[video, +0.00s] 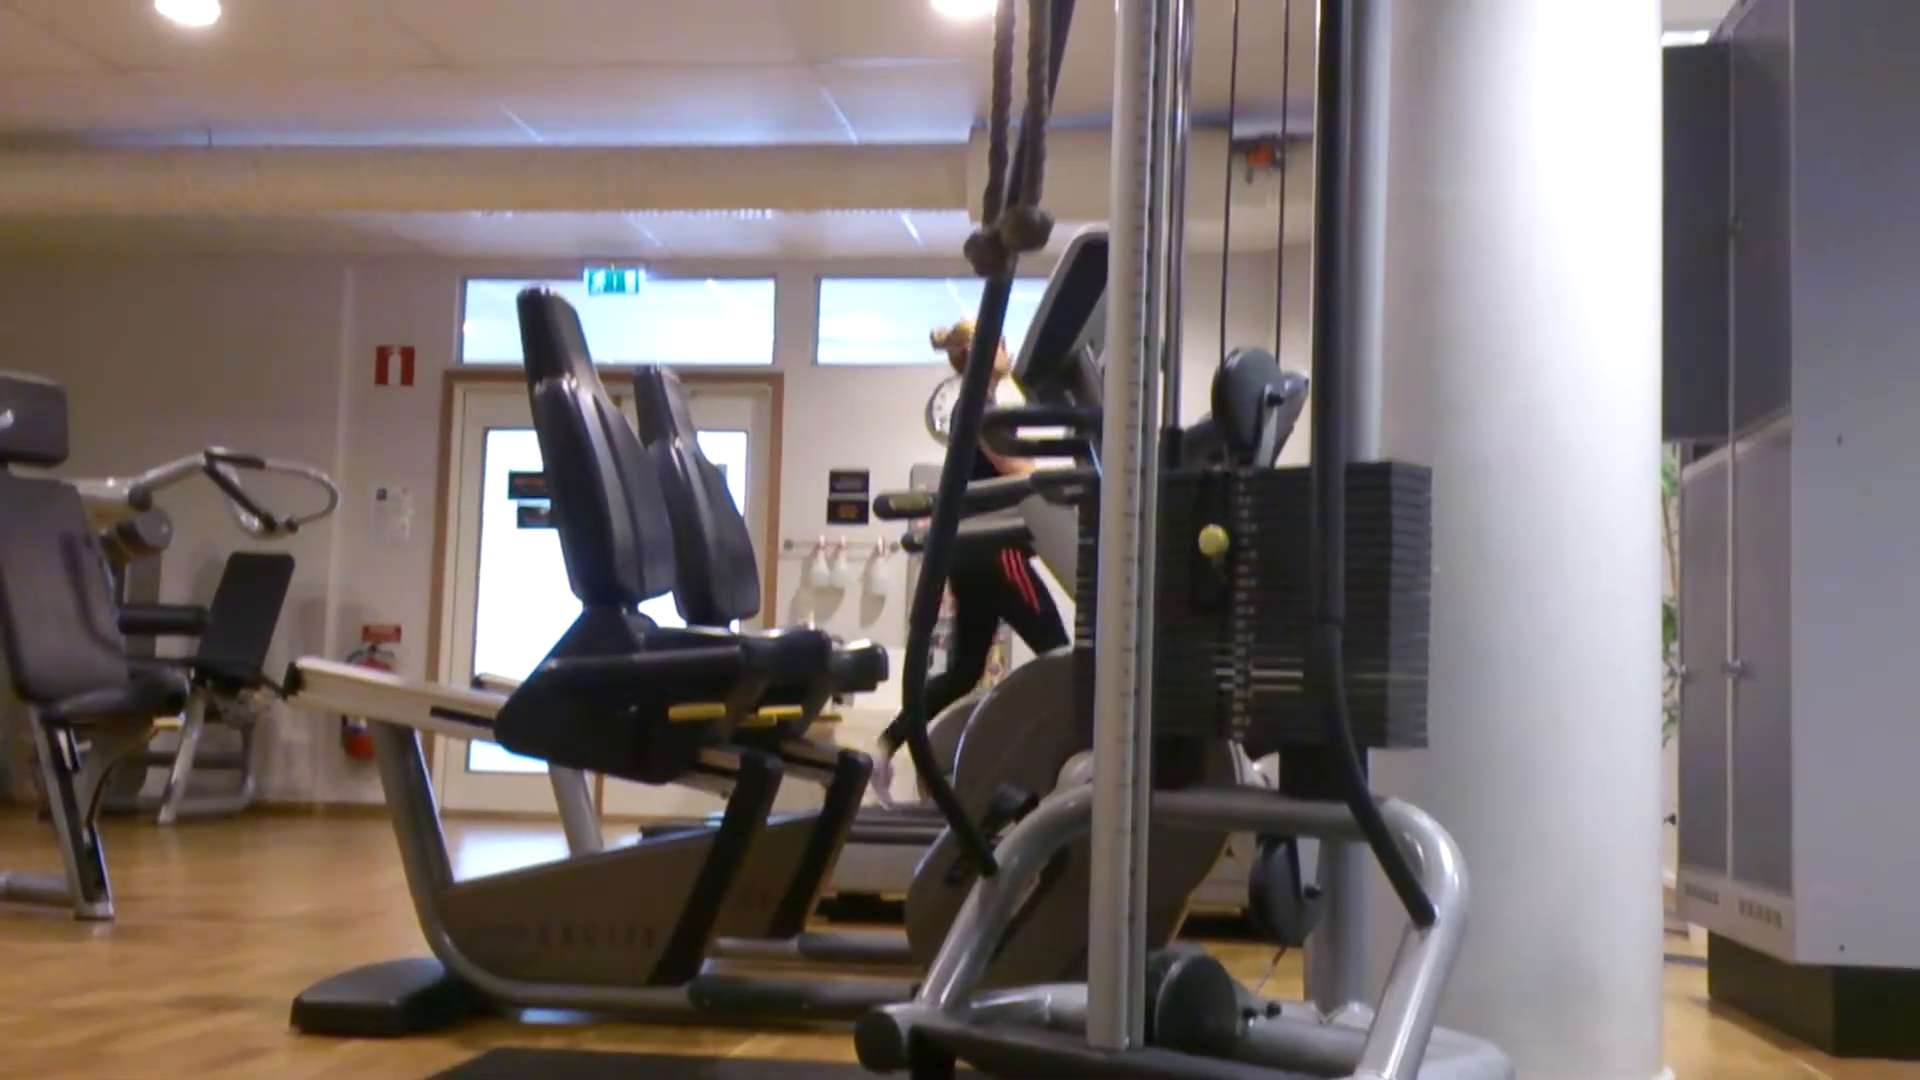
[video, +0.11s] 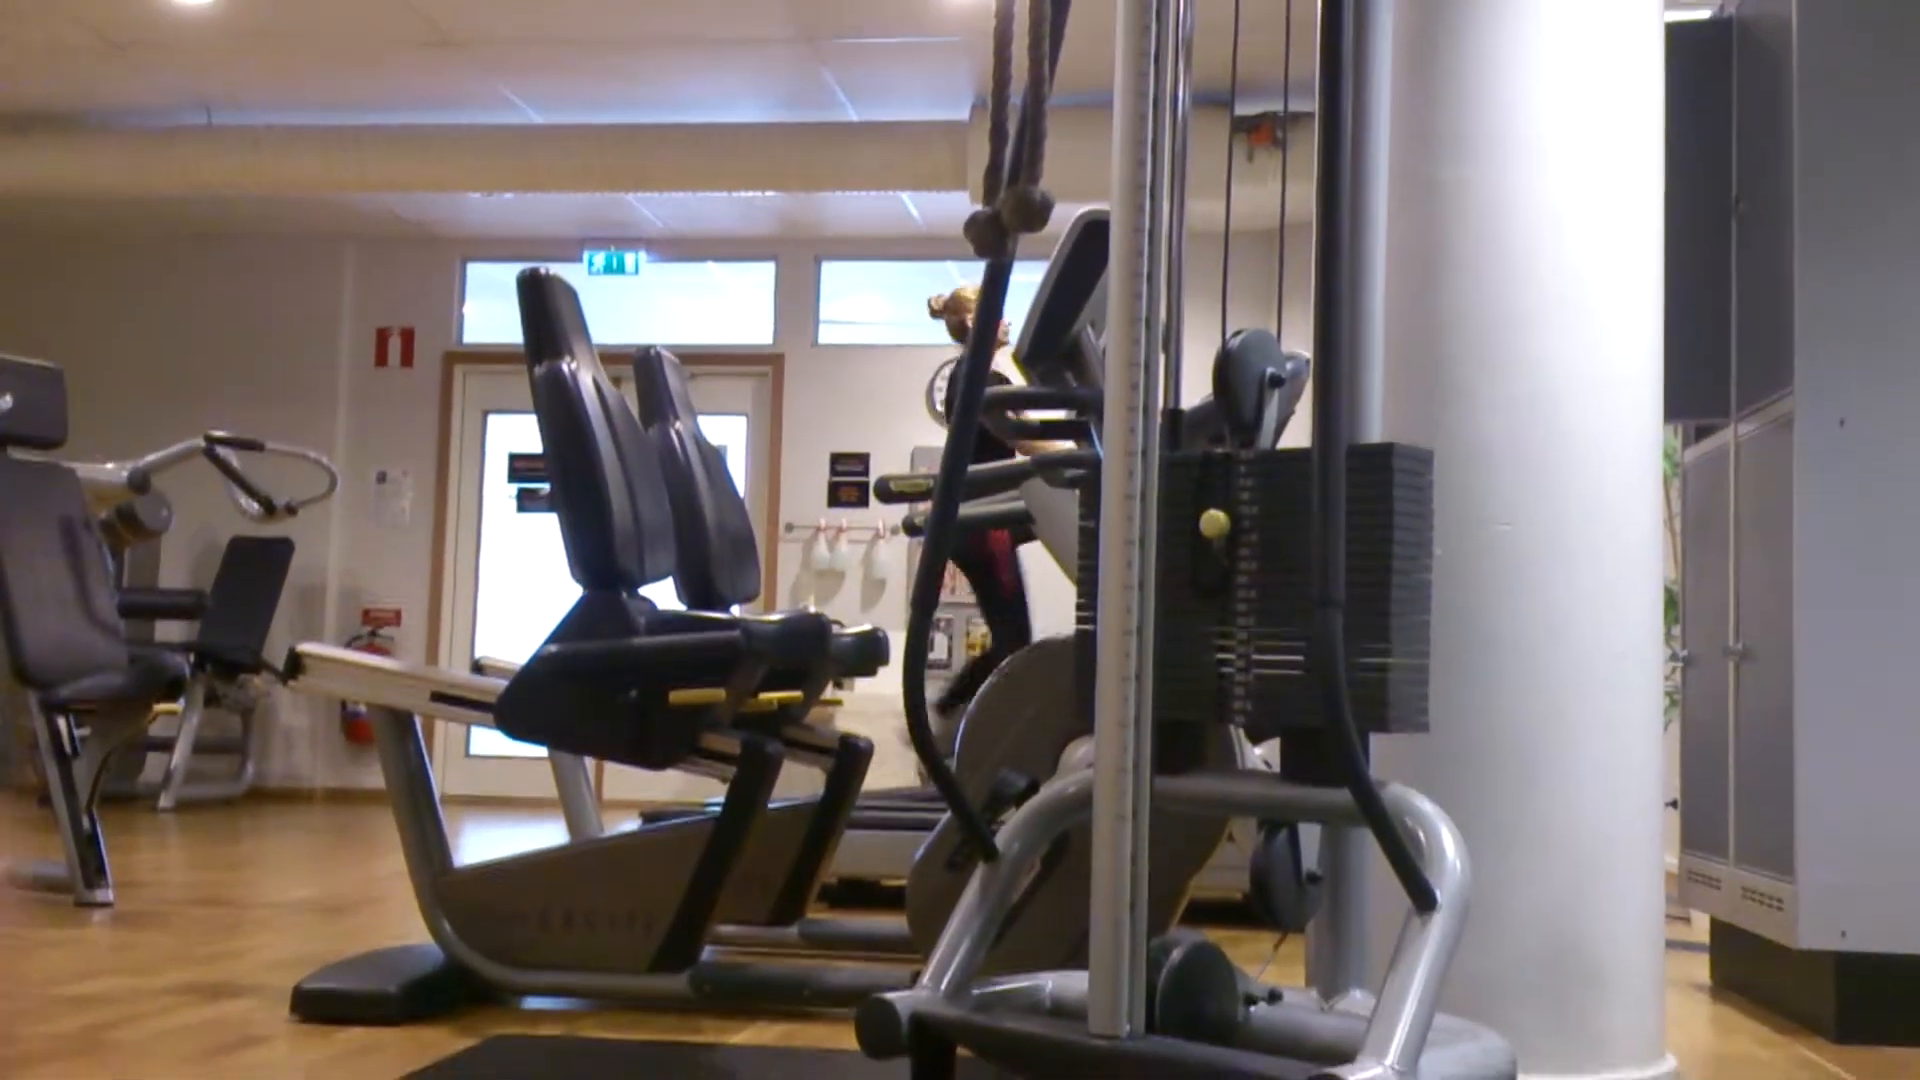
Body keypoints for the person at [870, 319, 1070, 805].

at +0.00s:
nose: (1008, 348)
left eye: (1003, 341)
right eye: (1000, 343)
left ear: (967, 360)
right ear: (987, 355)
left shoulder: (968, 401)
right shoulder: (991, 403)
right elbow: (1017, 469)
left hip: (971, 547)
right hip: (997, 547)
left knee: (964, 674)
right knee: (1059, 653)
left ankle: (887, 746)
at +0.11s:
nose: (1006, 325)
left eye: (1000, 318)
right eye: (998, 319)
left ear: (966, 330)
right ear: (986, 328)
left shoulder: (973, 374)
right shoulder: (987, 379)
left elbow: (1017, 436)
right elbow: (1023, 441)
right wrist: (1076, 453)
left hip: (978, 513)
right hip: (981, 515)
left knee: (1010, 632)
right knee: (1012, 634)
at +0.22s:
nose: (1001, 317)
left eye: (997, 307)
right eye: (990, 308)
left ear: (965, 317)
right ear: (967, 317)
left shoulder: (961, 368)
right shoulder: (970, 370)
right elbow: (1008, 429)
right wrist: (1073, 429)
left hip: (979, 522)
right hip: (973, 523)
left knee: (1039, 620)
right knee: (970, 640)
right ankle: (961, 742)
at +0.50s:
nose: (1012, 350)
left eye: (1010, 341)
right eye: (1003, 343)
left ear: (973, 353)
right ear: (981, 350)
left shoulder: (991, 393)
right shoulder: (975, 397)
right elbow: (1007, 457)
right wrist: (1066, 463)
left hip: (992, 542)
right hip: (970, 544)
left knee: (1022, 652)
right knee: (979, 670)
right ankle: (893, 737)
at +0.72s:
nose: (1015, 507)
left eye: (1016, 499)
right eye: (1010, 498)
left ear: (984, 499)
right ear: (992, 498)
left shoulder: (960, 546)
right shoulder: (978, 548)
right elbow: (1015, 606)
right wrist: (1073, 613)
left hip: (952, 689)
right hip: (974, 692)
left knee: (939, 801)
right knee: (1038, 793)